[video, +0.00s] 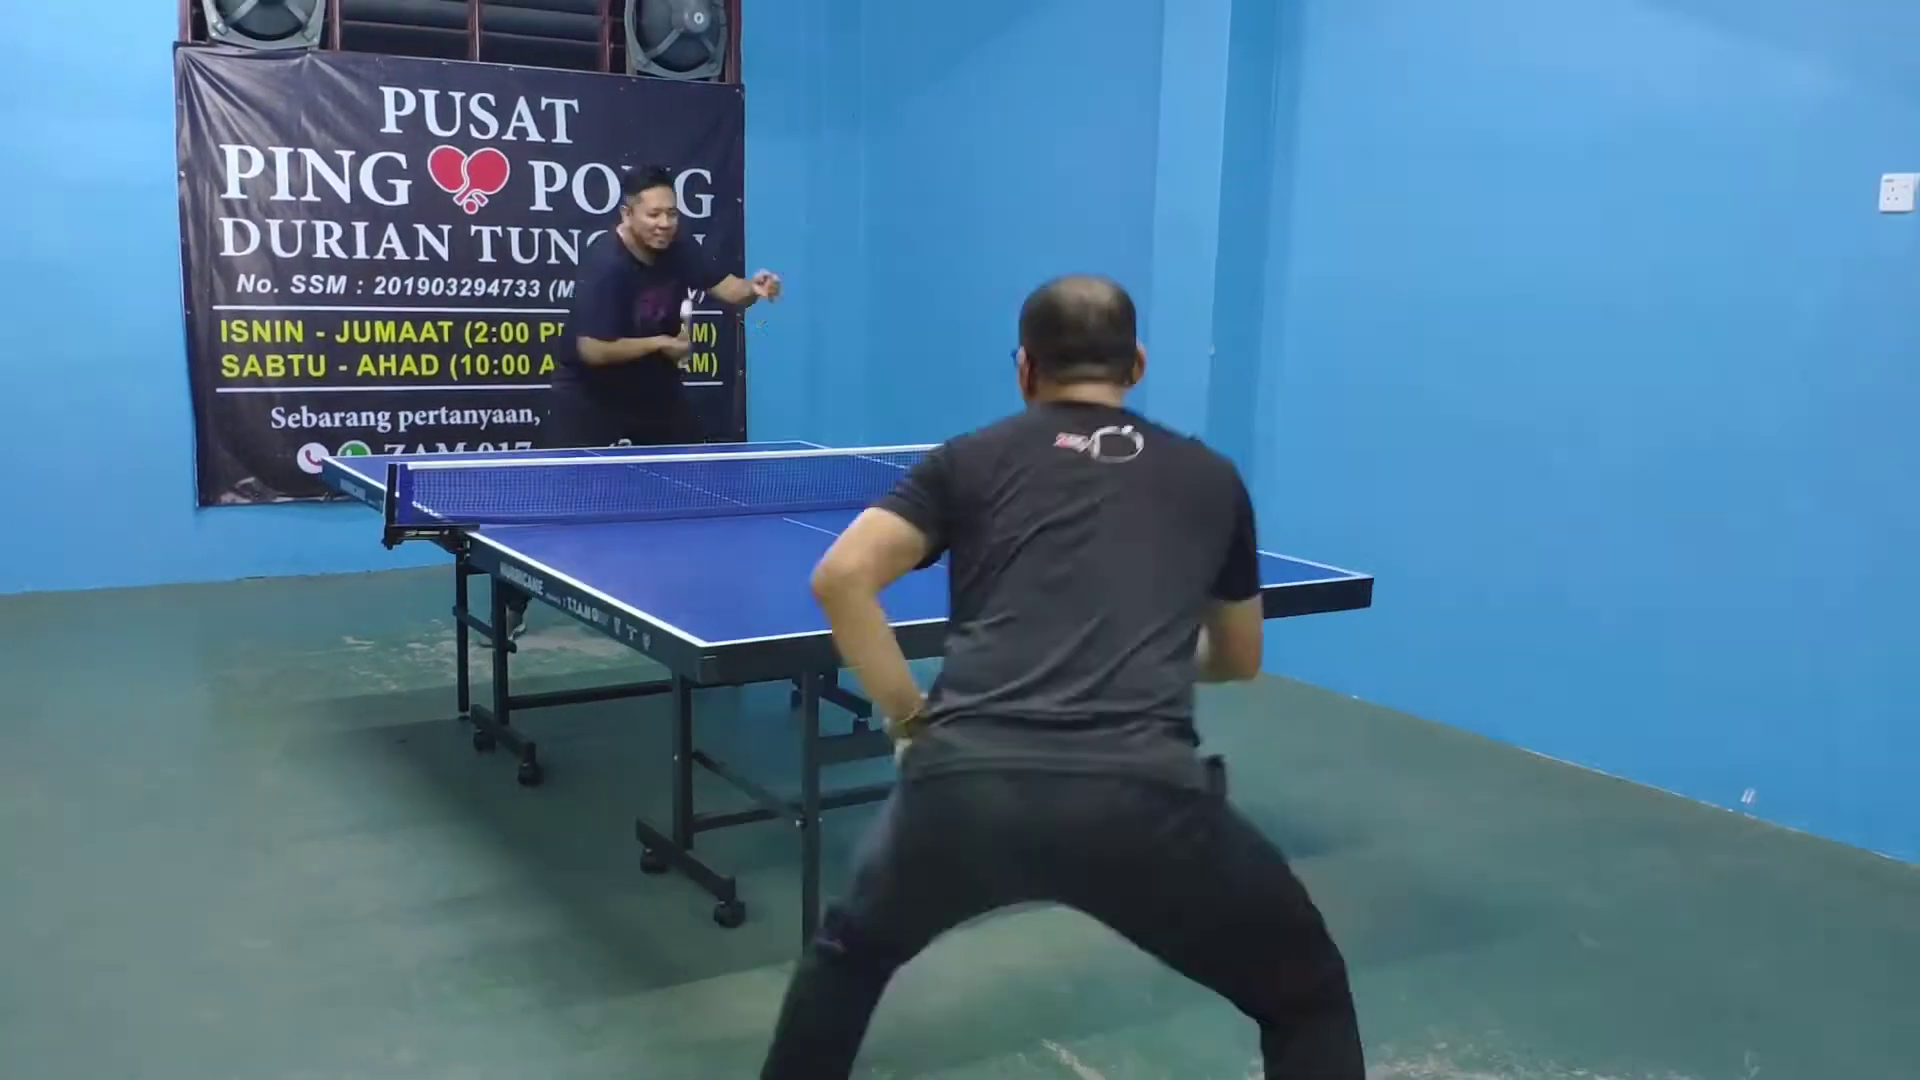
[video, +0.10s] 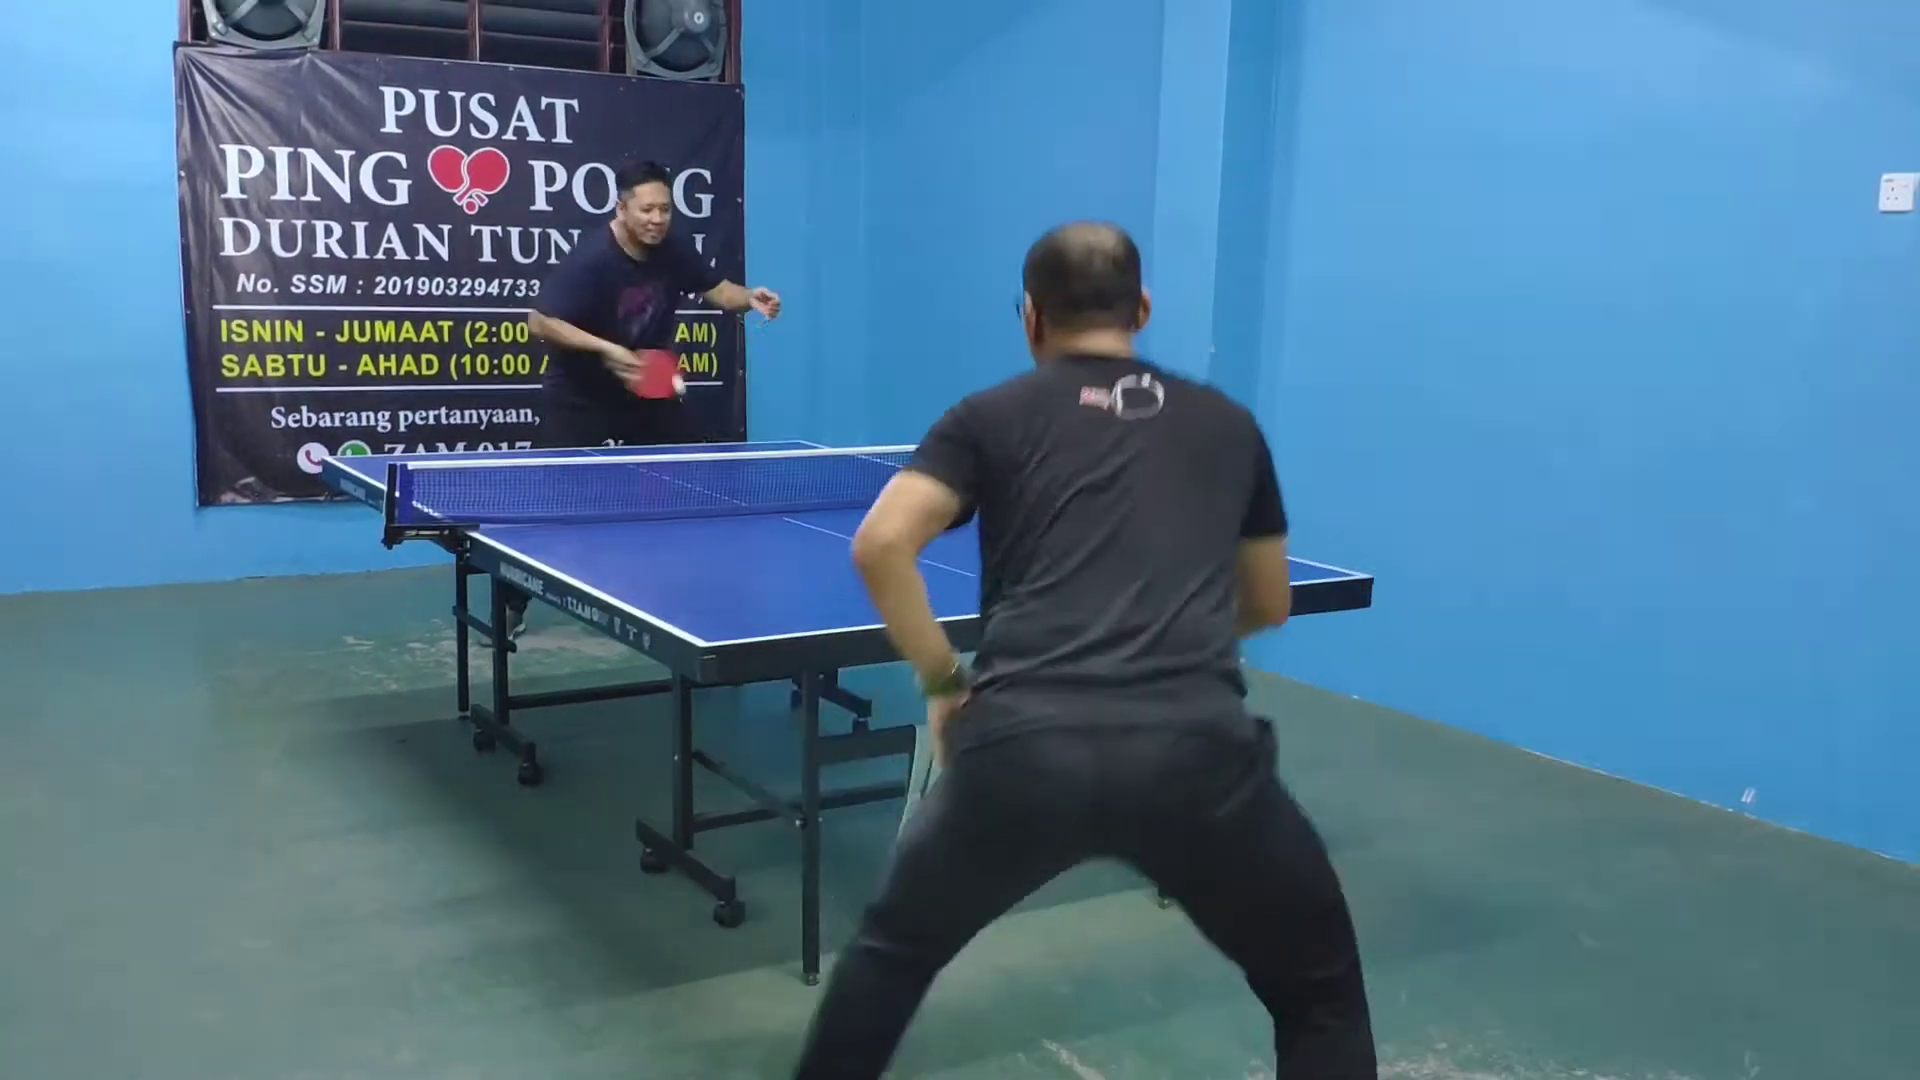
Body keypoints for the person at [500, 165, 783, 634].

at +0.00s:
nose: (663, 223)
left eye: (670, 213)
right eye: (652, 214)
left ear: (678, 213)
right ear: (626, 215)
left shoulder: (678, 246)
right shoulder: (605, 262)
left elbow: (722, 287)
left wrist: (752, 289)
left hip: (655, 392)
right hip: (591, 396)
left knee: (696, 480)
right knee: (558, 493)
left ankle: (700, 591)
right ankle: (510, 601)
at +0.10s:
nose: (656, 219)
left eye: (664, 209)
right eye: (645, 209)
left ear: (672, 210)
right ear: (621, 209)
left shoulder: (673, 247)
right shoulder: (592, 257)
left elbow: (712, 289)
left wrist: (749, 297)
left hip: (651, 397)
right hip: (583, 398)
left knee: (699, 478)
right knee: (554, 494)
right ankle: (511, 600)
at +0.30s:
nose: (639, 196)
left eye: (646, 186)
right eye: (628, 186)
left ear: (655, 191)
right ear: (602, 188)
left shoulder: (663, 243)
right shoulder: (563, 241)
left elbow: (701, 287)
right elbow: (505, 280)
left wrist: (724, 295)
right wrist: (523, 304)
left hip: (639, 393)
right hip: (567, 394)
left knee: (677, 486)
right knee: (542, 496)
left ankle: (679, 598)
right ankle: (512, 604)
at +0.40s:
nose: (629, 188)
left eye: (638, 179)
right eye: (619, 178)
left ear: (648, 185)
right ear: (596, 183)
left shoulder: (661, 239)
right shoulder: (562, 238)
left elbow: (696, 287)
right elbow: (505, 281)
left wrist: (716, 294)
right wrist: (522, 306)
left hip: (638, 394)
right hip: (565, 396)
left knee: (672, 488)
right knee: (540, 496)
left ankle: (672, 599)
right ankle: (510, 603)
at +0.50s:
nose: (624, 184)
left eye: (632, 176)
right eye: (613, 175)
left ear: (643, 183)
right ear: (592, 181)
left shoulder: (662, 237)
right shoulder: (558, 239)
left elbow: (695, 283)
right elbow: (512, 289)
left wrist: (709, 291)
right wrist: (528, 311)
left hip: (642, 394)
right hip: (567, 396)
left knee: (675, 489)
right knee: (543, 497)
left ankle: (675, 601)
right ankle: (511, 602)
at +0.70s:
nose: (618, 186)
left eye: (626, 177)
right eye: (607, 177)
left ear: (639, 183)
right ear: (588, 183)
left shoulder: (663, 237)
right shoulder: (560, 241)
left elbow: (703, 285)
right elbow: (527, 303)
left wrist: (713, 289)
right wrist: (543, 321)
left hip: (648, 395)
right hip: (573, 396)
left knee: (674, 493)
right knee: (545, 496)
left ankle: (676, 603)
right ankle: (511, 603)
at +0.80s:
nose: (615, 191)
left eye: (623, 181)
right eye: (603, 182)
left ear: (637, 186)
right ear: (585, 188)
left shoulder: (665, 240)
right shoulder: (559, 244)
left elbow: (714, 286)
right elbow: (531, 308)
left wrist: (712, 294)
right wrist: (545, 327)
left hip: (650, 395)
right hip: (575, 397)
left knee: (673, 493)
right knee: (544, 495)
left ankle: (676, 602)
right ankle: (511, 602)